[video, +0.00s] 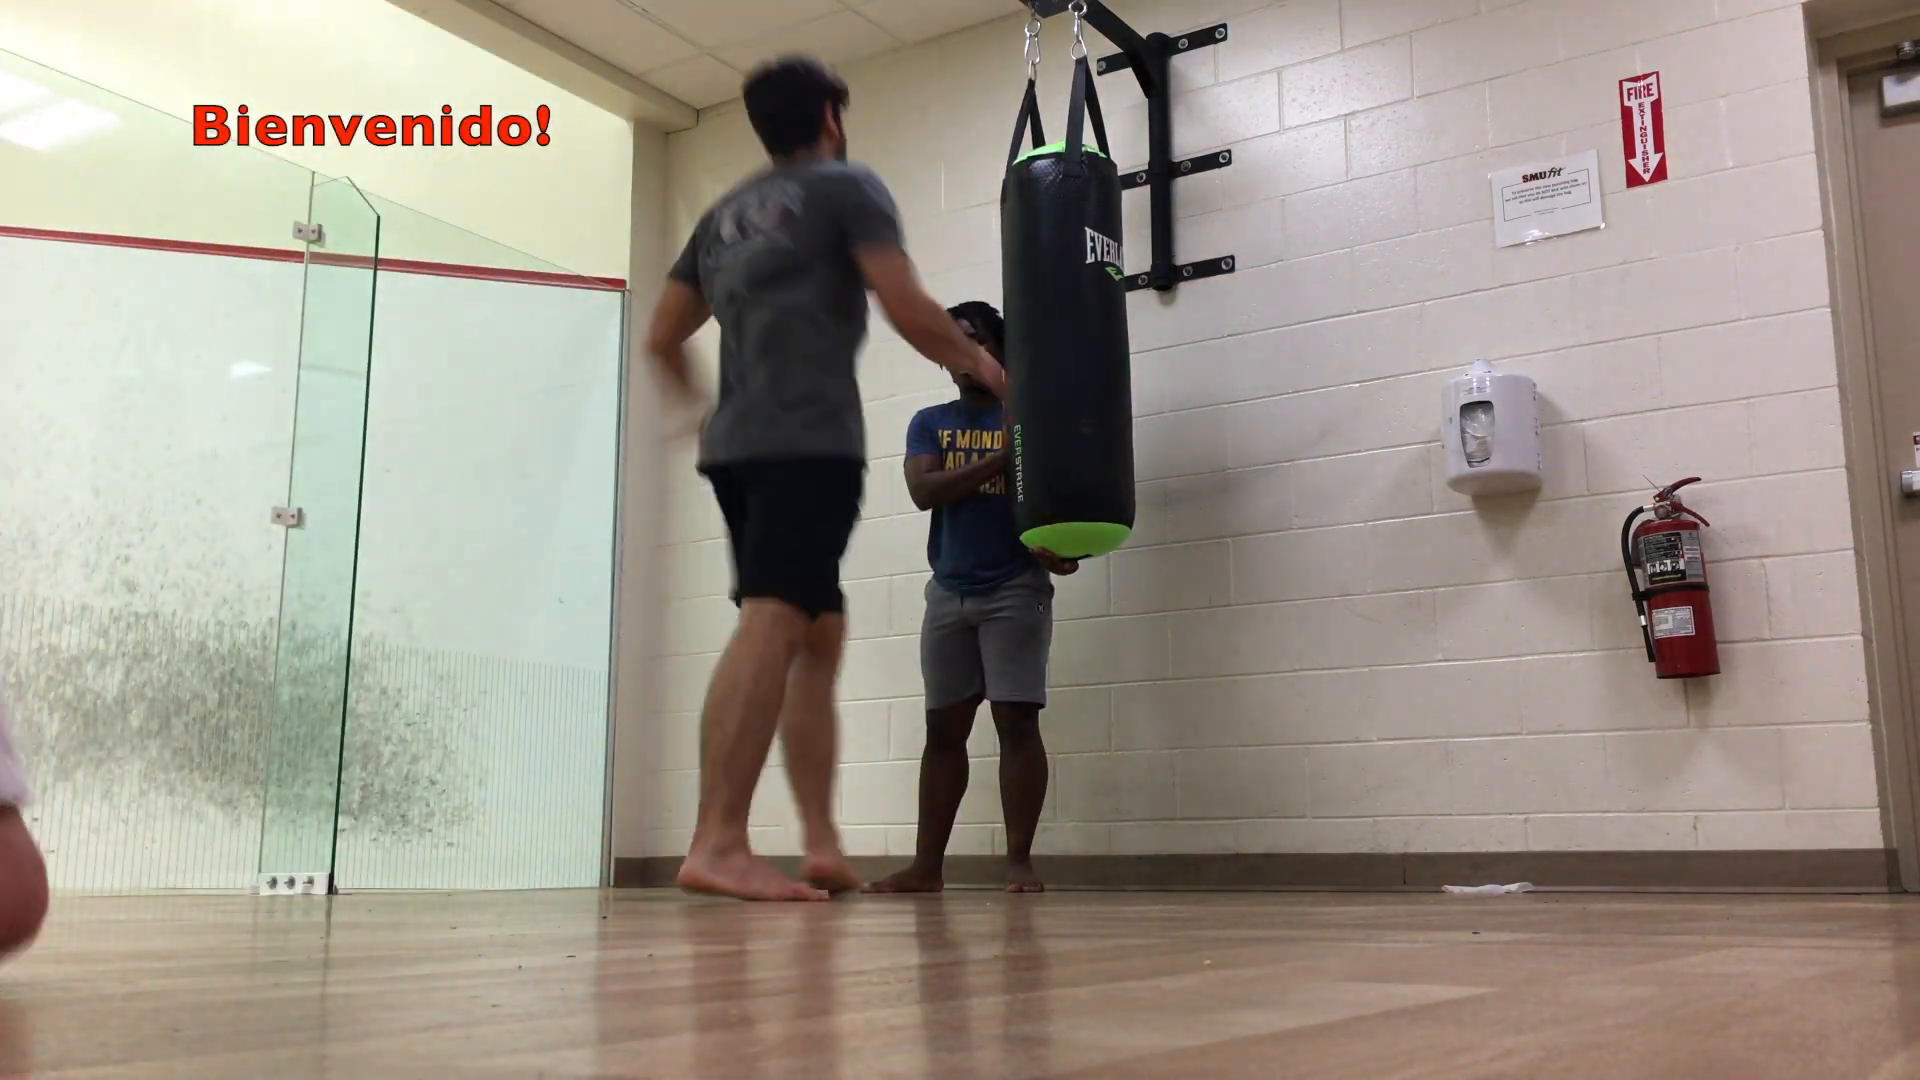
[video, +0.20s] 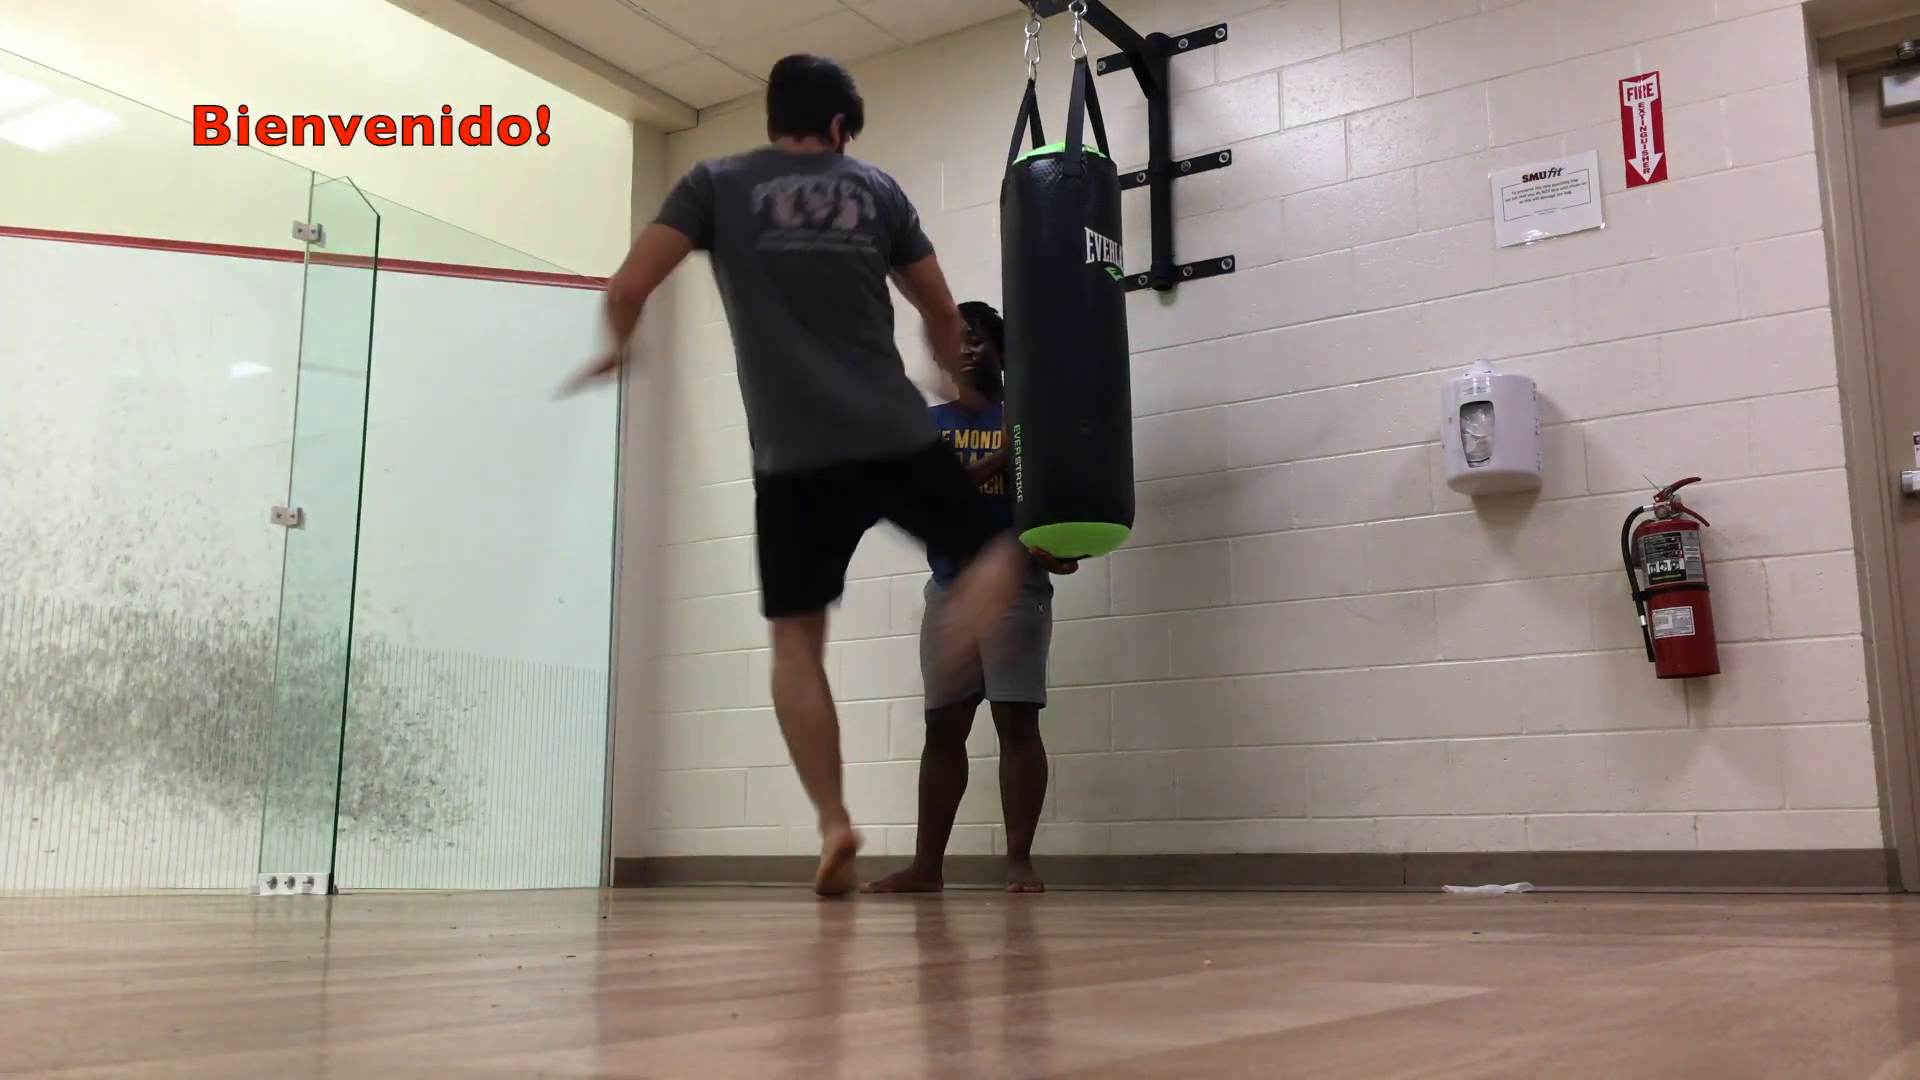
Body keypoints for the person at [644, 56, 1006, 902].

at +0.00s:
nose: (847, 131)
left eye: (841, 117)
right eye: (844, 117)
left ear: (764, 131)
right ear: (830, 118)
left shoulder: (723, 216)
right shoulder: (848, 187)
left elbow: (663, 337)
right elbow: (908, 311)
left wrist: (700, 411)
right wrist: (979, 366)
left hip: (736, 449)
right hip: (810, 443)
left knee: (820, 627)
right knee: (772, 623)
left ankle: (821, 847)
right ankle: (716, 845)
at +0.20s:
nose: (848, 139)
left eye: (844, 131)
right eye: (851, 129)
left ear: (768, 122)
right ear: (842, 127)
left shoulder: (714, 182)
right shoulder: (876, 191)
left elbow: (628, 283)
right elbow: (939, 304)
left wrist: (616, 347)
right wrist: (953, 370)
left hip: (792, 452)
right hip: (891, 434)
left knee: (797, 644)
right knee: (992, 545)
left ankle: (835, 821)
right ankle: (956, 635)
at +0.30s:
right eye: (847, 148)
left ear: (769, 141)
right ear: (848, 147)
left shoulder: (735, 192)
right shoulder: (884, 209)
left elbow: (672, 303)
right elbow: (980, 304)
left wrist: (749, 277)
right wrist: (1075, 372)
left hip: (811, 458)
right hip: (907, 423)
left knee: (794, 642)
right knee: (977, 423)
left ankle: (859, 828)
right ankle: (1123, 453)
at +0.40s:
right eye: (848, 143)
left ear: (777, 151)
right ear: (855, 145)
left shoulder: (747, 202)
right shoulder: (898, 201)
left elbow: (731, 313)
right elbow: (1004, 264)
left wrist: (791, 269)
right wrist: (1103, 317)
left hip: (825, 453)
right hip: (920, 424)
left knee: (836, 642)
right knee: (1000, 442)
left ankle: (871, 830)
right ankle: (1110, 504)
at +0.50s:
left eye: (787, 146)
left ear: (787, 149)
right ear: (861, 139)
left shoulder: (765, 209)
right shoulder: (913, 189)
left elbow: (756, 349)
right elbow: (1001, 282)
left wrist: (787, 402)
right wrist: (1026, 298)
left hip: (853, 447)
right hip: (949, 426)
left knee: (860, 637)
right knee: (1024, 563)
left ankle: (911, 822)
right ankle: (1102, 702)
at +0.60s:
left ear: (810, 197)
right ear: (879, 185)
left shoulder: (815, 269)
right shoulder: (935, 239)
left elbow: (779, 370)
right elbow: (1013, 308)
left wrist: (699, 478)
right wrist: (961, 279)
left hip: (885, 498)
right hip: (976, 482)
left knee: (884, 679)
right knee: (1017, 656)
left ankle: (960, 840)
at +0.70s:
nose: (824, 198)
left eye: (823, 188)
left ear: (826, 190)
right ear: (897, 183)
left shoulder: (830, 251)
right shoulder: (941, 237)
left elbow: (778, 344)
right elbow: (986, 289)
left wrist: (688, 440)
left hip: (888, 501)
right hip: (974, 488)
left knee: (887, 666)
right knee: (1026, 634)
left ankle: (958, 842)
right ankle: (1072, 796)